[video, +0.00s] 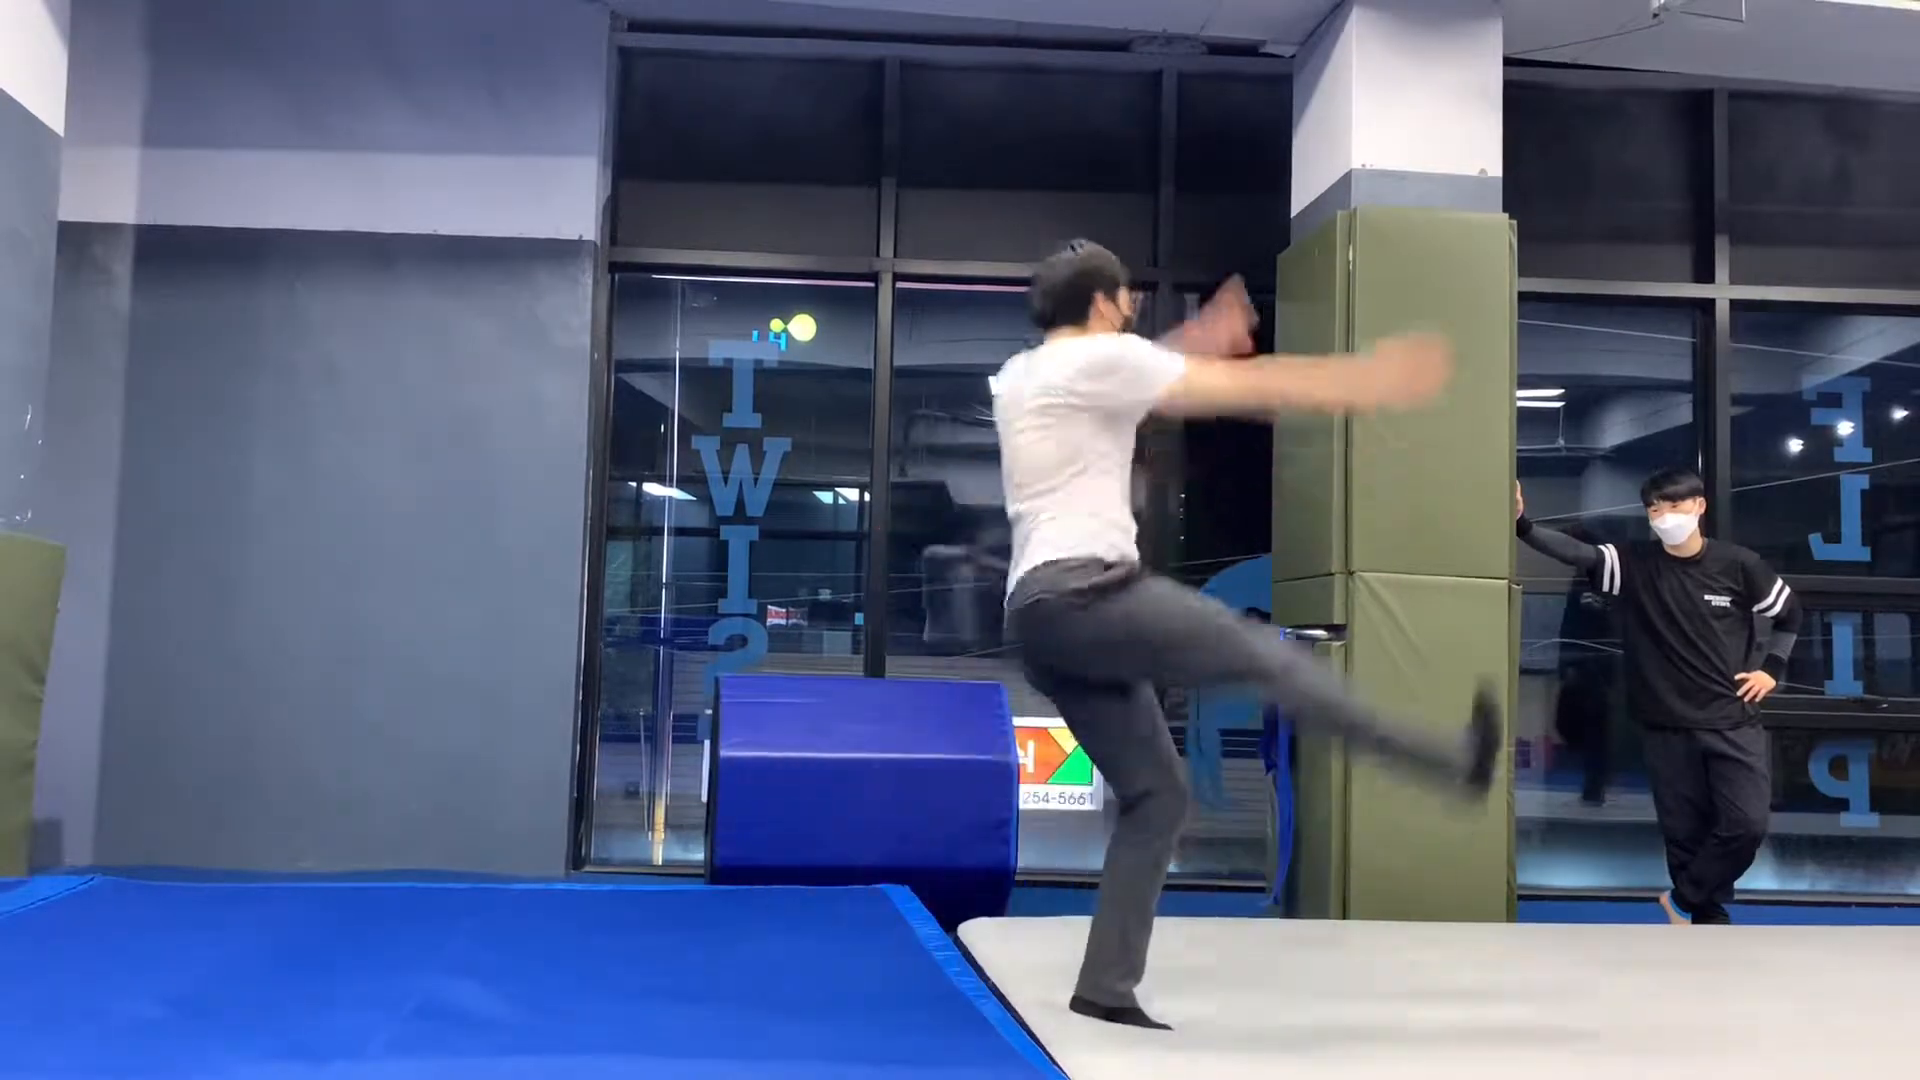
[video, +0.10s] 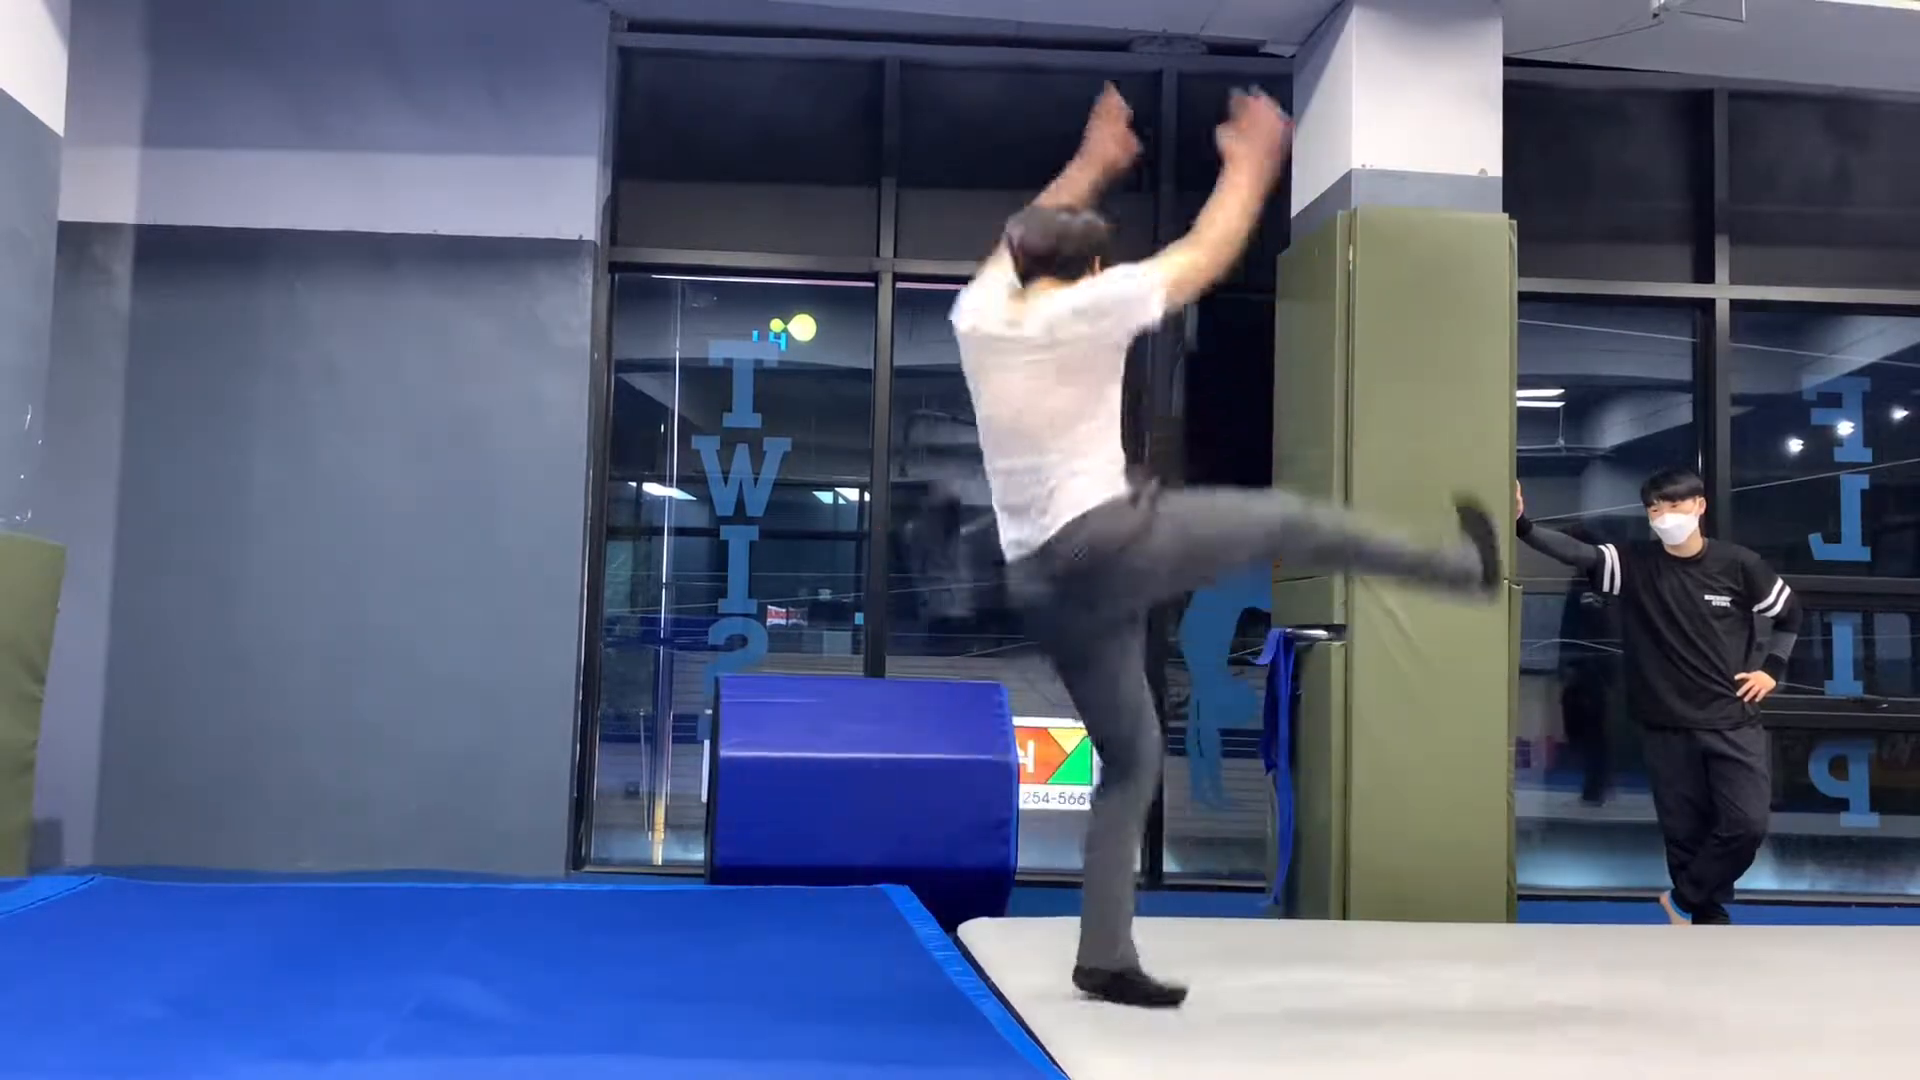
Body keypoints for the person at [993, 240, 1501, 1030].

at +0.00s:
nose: (1132, 312)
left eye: (1131, 300)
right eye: (1127, 299)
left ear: (1052, 311)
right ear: (1101, 305)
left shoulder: (1015, 378)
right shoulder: (1107, 360)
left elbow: (1121, 384)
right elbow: (1245, 386)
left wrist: (1195, 345)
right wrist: (1369, 376)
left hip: (1040, 616)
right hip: (1091, 596)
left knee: (1154, 796)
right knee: (1269, 661)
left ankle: (1105, 989)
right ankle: (1457, 762)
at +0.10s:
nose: (1105, 269)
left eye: (1096, 257)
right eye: (1100, 259)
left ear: (1018, 256)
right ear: (1086, 265)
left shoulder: (975, 313)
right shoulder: (1098, 309)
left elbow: (1026, 234)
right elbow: (1207, 256)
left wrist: (1087, 164)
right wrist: (1252, 161)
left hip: (1040, 575)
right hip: (1108, 538)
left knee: (1130, 756)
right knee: (1287, 521)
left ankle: (1104, 960)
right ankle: (1462, 567)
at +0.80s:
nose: (869, 697)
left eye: (885, 696)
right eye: (864, 682)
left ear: (927, 690)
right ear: (856, 633)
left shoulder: (968, 709)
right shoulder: (859, 570)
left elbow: (938, 867)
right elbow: (745, 650)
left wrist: (922, 1011)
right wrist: (641, 763)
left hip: (1046, 571)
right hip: (974, 499)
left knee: (1039, 771)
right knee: (843, 493)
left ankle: (1116, 935)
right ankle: (816, 452)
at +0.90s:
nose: (826, 827)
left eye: (844, 829)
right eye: (825, 815)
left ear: (904, 800)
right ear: (823, 769)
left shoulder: (936, 782)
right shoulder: (786, 700)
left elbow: (916, 927)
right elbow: (713, 828)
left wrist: (914, 1061)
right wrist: (666, 974)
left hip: (979, 532)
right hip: (888, 480)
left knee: (1045, 679)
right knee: (730, 457)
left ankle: (1152, 796)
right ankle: (659, 374)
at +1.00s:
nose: (816, 923)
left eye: (841, 920)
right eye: (802, 912)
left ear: (884, 867)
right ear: (779, 866)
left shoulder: (916, 816)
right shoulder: (738, 784)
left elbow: (913, 949)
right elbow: (680, 934)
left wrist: (914, 1071)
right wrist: (642, 1071)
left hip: (910, 541)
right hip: (802, 508)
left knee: (1021, 581)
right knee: (622, 503)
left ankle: (1086, 584)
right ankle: (487, 433)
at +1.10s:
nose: (771, 939)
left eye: (802, 944)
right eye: (765, 927)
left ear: (861, 883)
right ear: (752, 874)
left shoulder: (893, 810)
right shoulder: (703, 798)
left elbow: (907, 943)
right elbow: (647, 957)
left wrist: (918, 1069)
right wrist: (632, 1075)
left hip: (835, 520)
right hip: (726, 517)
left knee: (903, 471)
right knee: (527, 630)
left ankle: (958, 433)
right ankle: (357, 652)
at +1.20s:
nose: (753, 911)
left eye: (786, 916)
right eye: (753, 902)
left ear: (844, 846)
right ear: (736, 843)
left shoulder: (867, 787)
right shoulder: (678, 787)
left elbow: (886, 921)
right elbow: (632, 955)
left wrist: (915, 1046)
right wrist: (627, 1075)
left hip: (722, 535)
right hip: (616, 556)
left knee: (738, 426)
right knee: (522, 783)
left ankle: (766, 356)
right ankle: (396, 943)